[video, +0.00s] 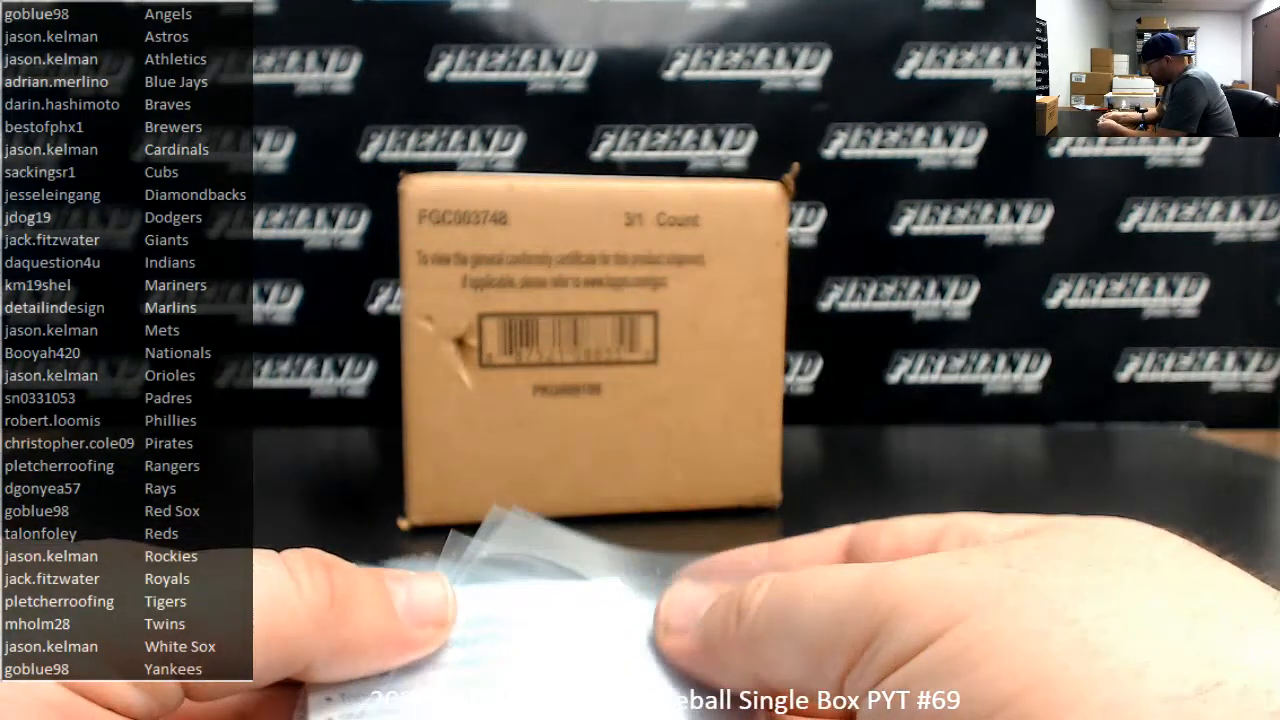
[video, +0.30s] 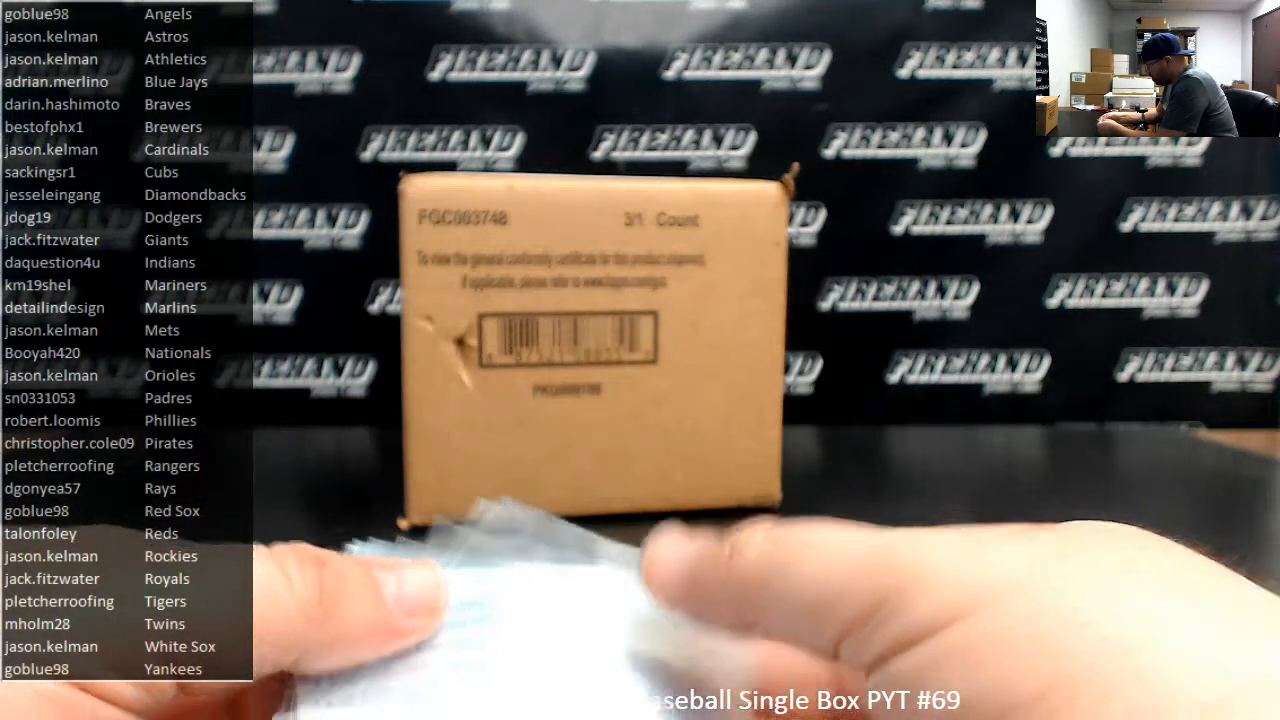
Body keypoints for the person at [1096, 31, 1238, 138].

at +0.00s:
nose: (1148, 72)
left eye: (1149, 66)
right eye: (1147, 67)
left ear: (1166, 60)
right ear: (1167, 60)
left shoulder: (1191, 84)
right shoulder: (1176, 80)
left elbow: (1165, 142)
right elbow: (1160, 112)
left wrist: (1117, 131)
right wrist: (1127, 117)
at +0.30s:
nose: (1147, 72)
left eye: (1149, 66)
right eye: (1146, 67)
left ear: (1166, 60)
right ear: (1167, 61)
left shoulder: (1191, 84)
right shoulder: (1176, 80)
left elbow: (1166, 142)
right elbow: (1159, 113)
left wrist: (1117, 130)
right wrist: (1123, 117)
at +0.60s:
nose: (1149, 73)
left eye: (1150, 66)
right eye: (1147, 67)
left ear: (1168, 60)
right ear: (1168, 60)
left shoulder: (1192, 84)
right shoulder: (1176, 80)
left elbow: (1166, 142)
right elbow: (1159, 113)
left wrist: (1117, 130)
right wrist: (1123, 117)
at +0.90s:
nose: (1151, 68)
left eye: (1154, 61)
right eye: (1150, 62)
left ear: (1174, 58)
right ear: (1174, 58)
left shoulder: (1195, 84)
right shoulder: (1179, 80)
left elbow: (1169, 141)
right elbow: (1161, 113)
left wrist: (1118, 131)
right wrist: (1127, 116)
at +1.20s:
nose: (1157, 64)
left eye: (1160, 58)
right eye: (1156, 58)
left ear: (1181, 56)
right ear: (1181, 57)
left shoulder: (1199, 85)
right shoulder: (1186, 79)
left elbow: (1168, 142)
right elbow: (1174, 106)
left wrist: (1116, 131)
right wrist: (1138, 103)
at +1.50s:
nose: (1161, 61)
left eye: (1165, 55)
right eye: (1161, 55)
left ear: (1186, 57)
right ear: (1189, 57)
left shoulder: (1203, 88)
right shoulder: (1199, 79)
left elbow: (1164, 142)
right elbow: (1180, 106)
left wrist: (1113, 129)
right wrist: (1147, 105)